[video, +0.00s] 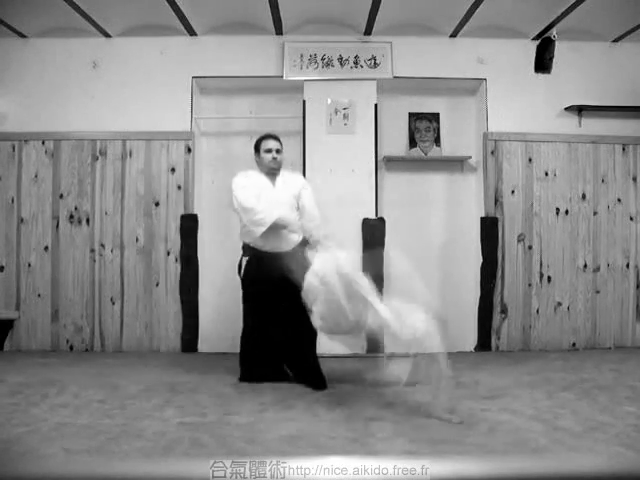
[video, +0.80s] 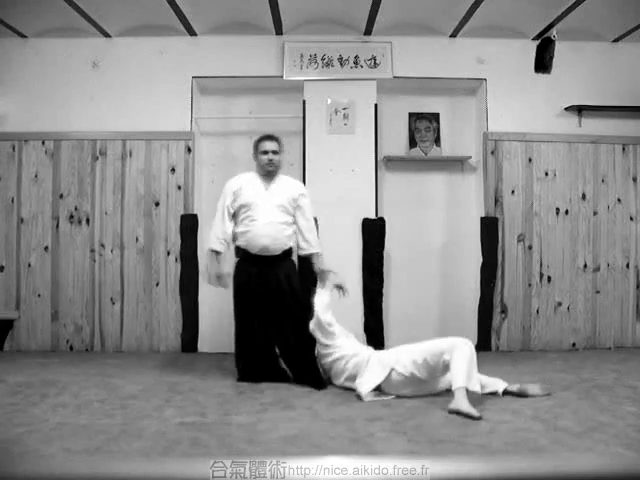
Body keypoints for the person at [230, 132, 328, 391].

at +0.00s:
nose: (274, 155)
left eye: (278, 151)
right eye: (268, 151)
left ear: (283, 155)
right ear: (257, 156)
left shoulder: (297, 182)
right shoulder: (244, 181)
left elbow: (312, 220)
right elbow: (255, 215)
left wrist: (315, 244)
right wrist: (291, 223)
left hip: (292, 258)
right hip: (259, 259)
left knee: (298, 320)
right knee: (259, 320)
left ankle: (308, 374)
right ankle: (258, 373)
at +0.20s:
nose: (276, 157)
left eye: (281, 152)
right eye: (270, 153)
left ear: (288, 156)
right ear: (262, 157)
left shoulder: (300, 188)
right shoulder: (246, 181)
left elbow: (308, 226)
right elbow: (236, 211)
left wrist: (313, 262)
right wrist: (259, 230)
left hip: (288, 260)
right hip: (255, 260)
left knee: (291, 318)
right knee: (256, 319)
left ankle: (307, 374)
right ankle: (256, 371)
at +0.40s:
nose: (283, 158)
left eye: (288, 154)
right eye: (278, 153)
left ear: (295, 158)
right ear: (269, 157)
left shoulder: (305, 191)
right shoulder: (248, 181)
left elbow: (312, 235)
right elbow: (226, 212)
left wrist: (319, 271)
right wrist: (225, 247)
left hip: (287, 264)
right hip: (252, 263)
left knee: (294, 324)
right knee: (253, 323)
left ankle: (308, 377)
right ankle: (256, 374)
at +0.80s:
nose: (270, 157)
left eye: (275, 153)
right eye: (264, 153)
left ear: (282, 156)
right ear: (255, 157)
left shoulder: (294, 188)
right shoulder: (237, 185)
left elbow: (307, 230)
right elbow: (222, 223)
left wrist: (318, 267)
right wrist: (215, 260)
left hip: (283, 263)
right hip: (249, 263)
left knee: (292, 322)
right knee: (250, 322)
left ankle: (307, 376)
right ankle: (254, 374)